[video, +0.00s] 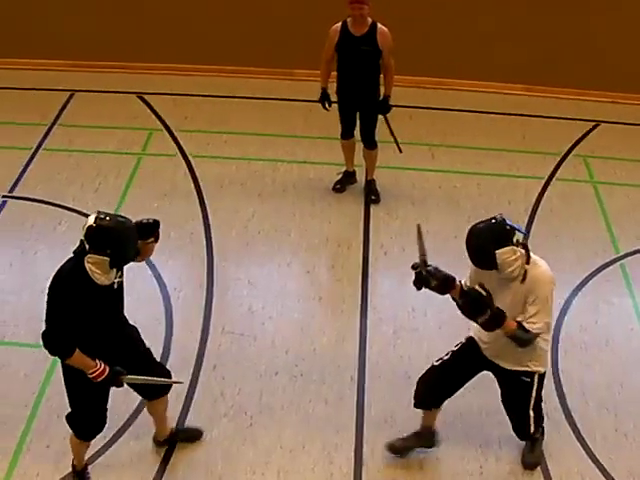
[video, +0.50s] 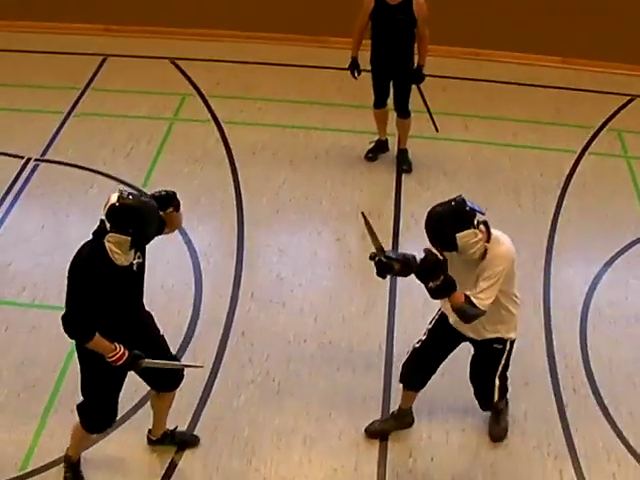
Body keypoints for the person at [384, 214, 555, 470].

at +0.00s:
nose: (483, 270)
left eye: (487, 265)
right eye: (481, 264)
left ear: (507, 257)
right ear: (482, 259)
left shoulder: (539, 277)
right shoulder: (484, 265)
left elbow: (527, 338)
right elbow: (476, 306)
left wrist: (490, 316)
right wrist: (449, 286)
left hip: (522, 362)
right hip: (483, 344)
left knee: (526, 424)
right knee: (431, 385)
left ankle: (534, 439)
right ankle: (426, 433)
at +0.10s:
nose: (474, 273)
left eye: (478, 268)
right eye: (471, 268)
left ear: (495, 258)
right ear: (475, 263)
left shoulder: (528, 277)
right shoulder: (479, 267)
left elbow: (503, 338)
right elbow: (463, 293)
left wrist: (473, 308)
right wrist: (432, 287)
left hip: (512, 362)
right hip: (472, 348)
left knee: (522, 423)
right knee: (421, 392)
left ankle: (538, 434)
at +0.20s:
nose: (459, 275)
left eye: (463, 270)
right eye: (458, 270)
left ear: (481, 262)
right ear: (460, 264)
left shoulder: (511, 282)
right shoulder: (463, 269)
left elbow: (480, 340)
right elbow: (443, 292)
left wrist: (450, 311)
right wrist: (412, 291)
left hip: (495, 362)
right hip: (455, 347)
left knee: (515, 418)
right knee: (404, 392)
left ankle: (540, 430)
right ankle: (385, 440)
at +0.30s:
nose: (455, 265)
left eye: (461, 260)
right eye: (454, 259)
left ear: (480, 254)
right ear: (458, 254)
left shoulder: (510, 272)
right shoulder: (458, 259)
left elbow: (477, 331)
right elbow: (441, 286)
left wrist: (445, 310)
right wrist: (413, 285)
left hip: (494, 353)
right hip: (454, 337)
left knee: (514, 412)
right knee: (405, 384)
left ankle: (541, 418)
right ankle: (399, 429)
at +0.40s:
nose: (446, 261)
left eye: (452, 257)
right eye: (445, 256)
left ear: (473, 246)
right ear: (450, 251)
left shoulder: (502, 263)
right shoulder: (449, 255)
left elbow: (475, 325)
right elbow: (435, 278)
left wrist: (440, 300)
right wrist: (404, 276)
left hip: (493, 340)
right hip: (453, 326)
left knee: (499, 408)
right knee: (408, 379)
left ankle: (521, 412)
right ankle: (402, 423)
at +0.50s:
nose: (446, 251)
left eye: (449, 246)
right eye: (444, 246)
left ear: (467, 236)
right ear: (450, 241)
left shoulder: (501, 252)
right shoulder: (450, 241)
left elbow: (471, 314)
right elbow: (431, 263)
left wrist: (441, 283)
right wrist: (403, 264)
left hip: (495, 329)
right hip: (454, 316)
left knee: (486, 394)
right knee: (416, 365)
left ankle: (499, 407)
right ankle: (403, 413)